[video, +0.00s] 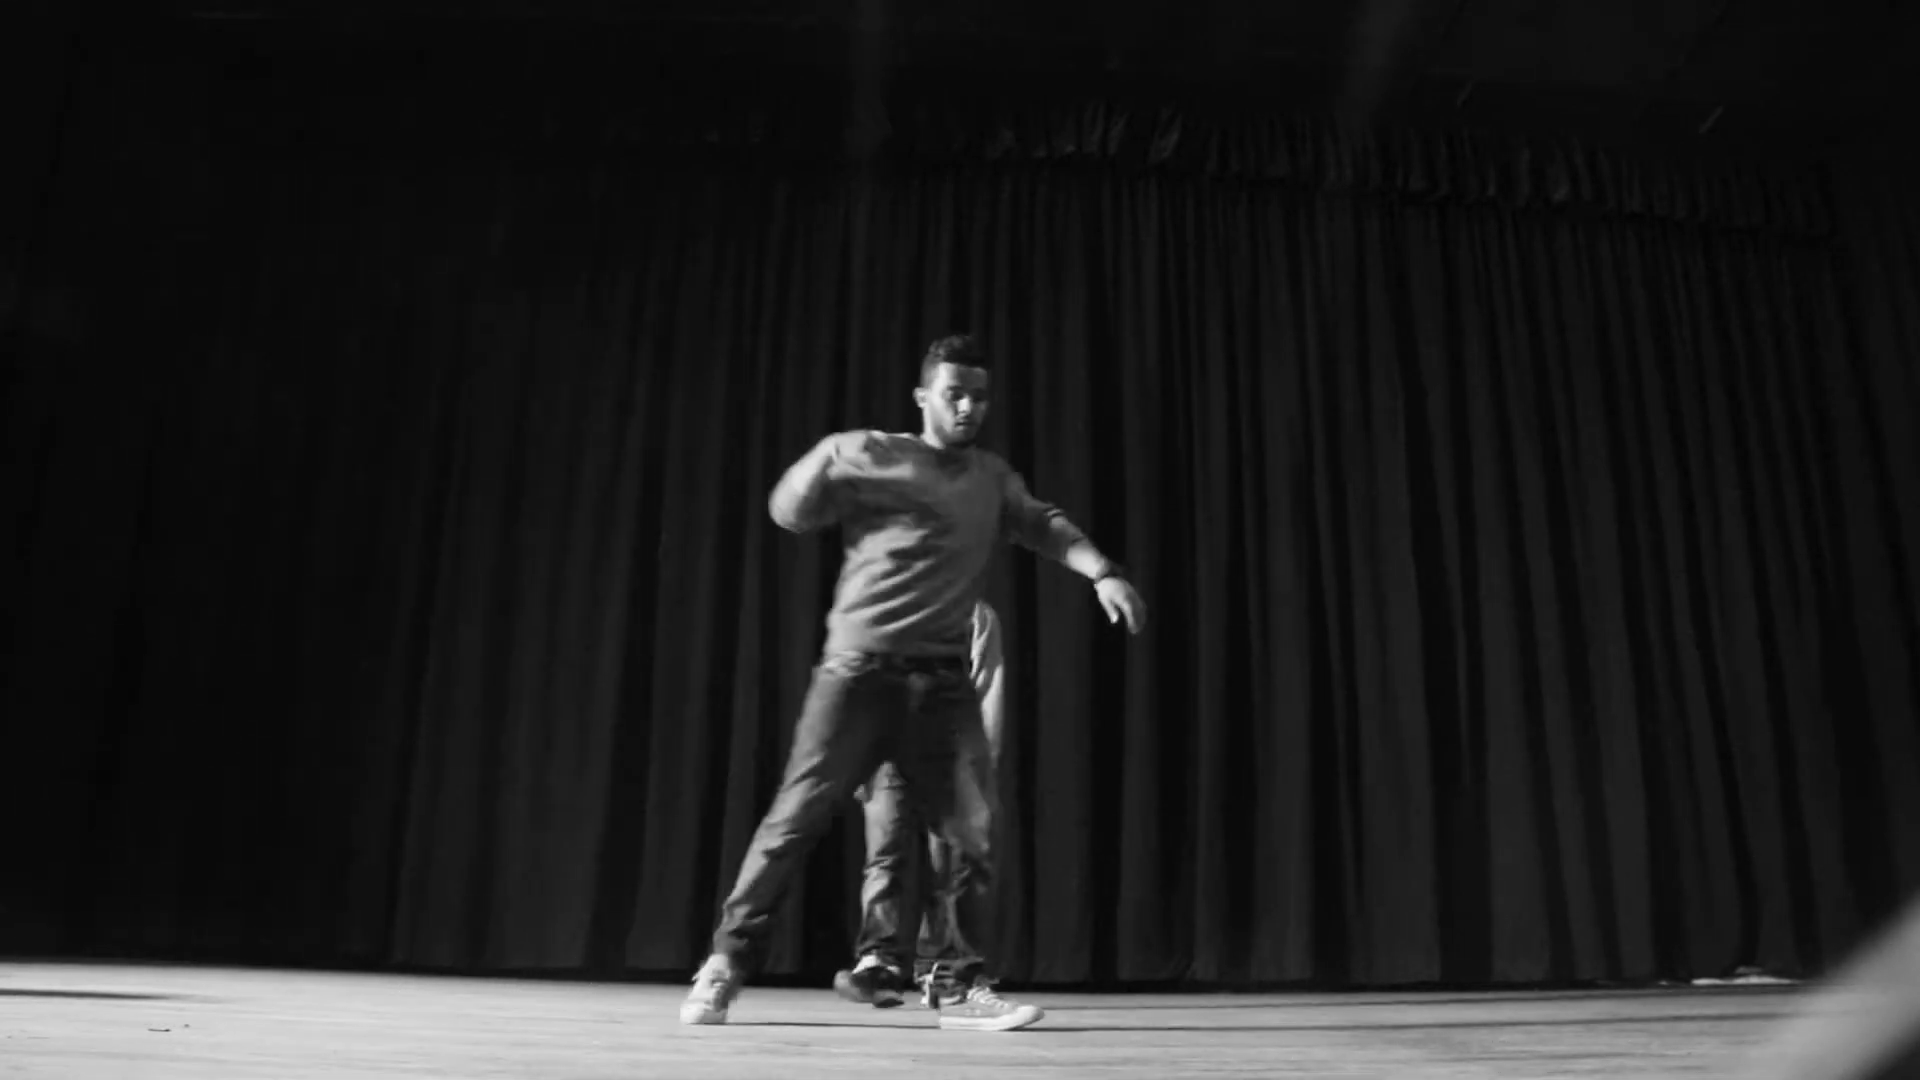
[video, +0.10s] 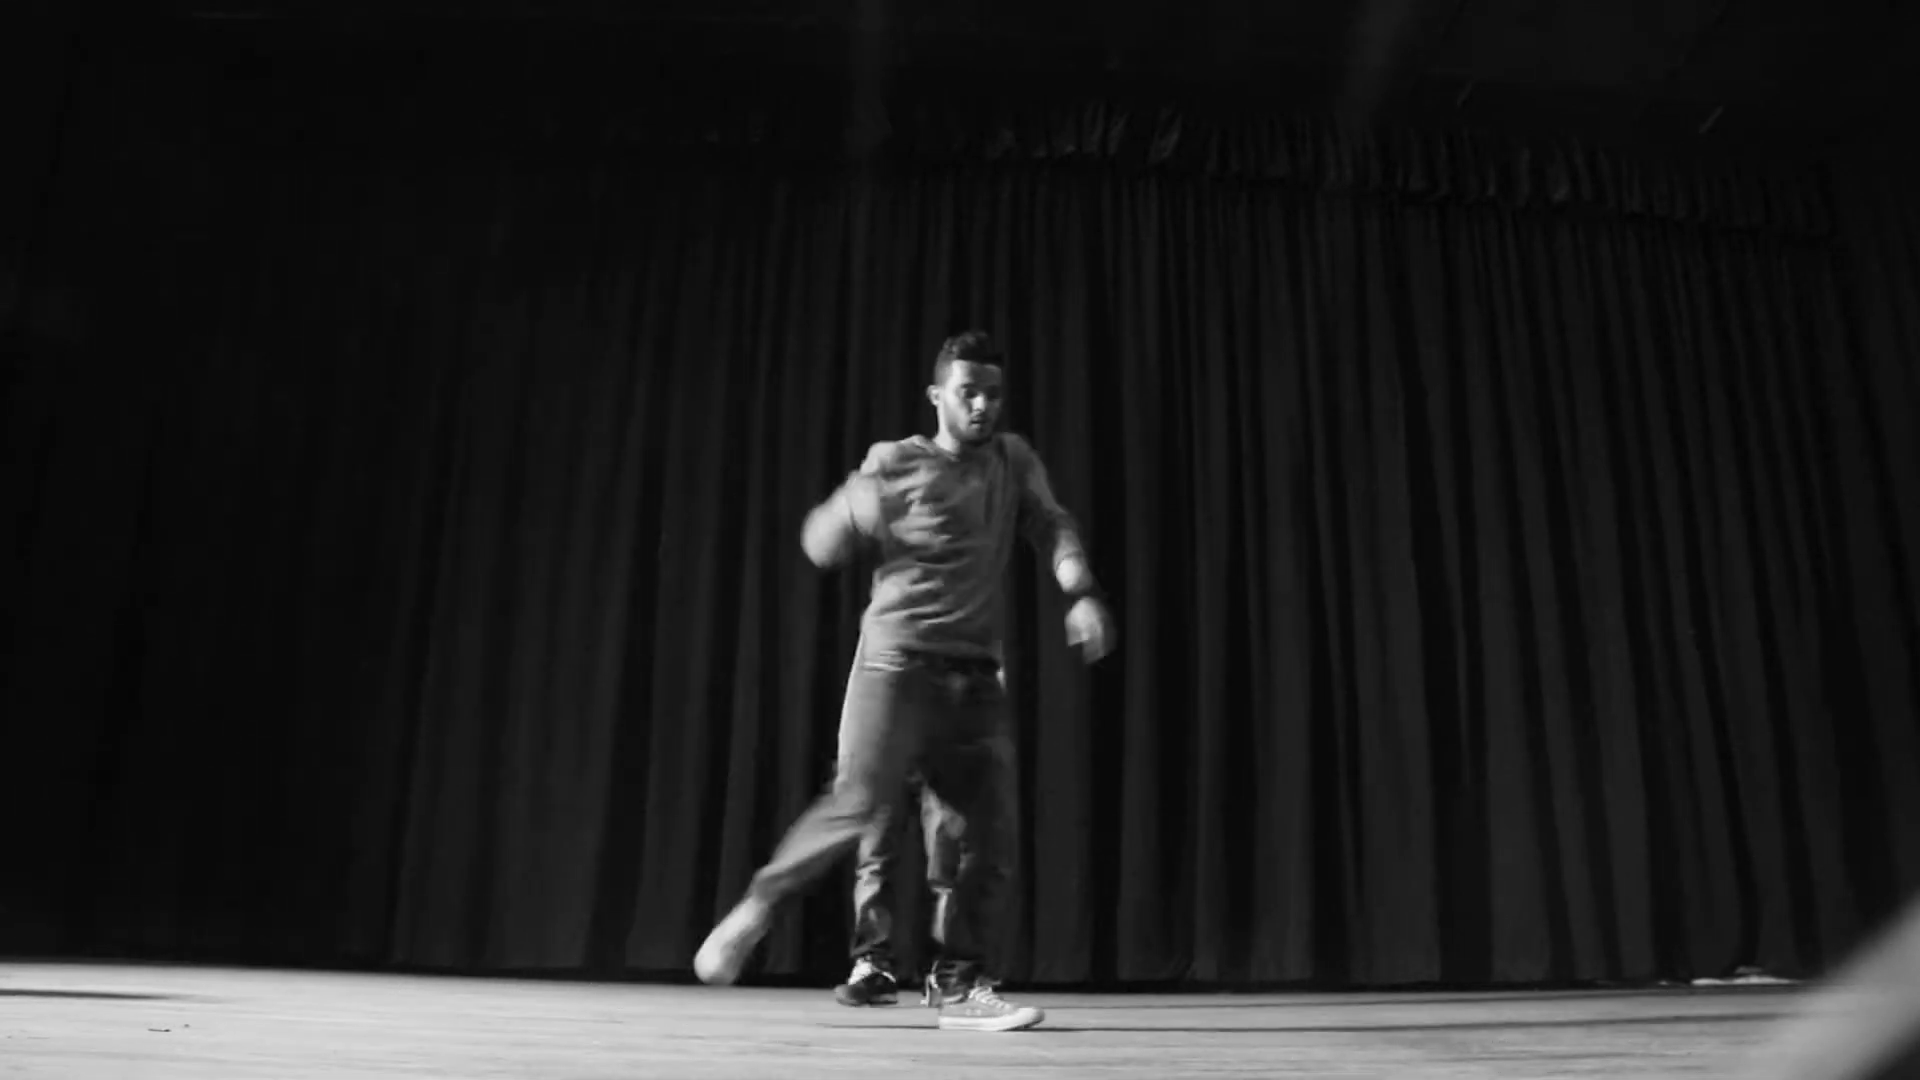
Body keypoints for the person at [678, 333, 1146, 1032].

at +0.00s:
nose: (967, 408)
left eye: (978, 397)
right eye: (954, 394)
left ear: (988, 403)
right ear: (922, 397)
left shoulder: (993, 477)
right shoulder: (871, 457)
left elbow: (1046, 529)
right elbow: (789, 513)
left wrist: (1102, 574)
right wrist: (825, 456)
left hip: (943, 679)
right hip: (859, 671)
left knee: (971, 834)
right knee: (798, 815)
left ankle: (960, 987)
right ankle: (724, 964)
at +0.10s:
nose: (980, 404)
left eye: (990, 392)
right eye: (967, 391)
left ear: (1002, 399)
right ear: (936, 395)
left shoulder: (1013, 460)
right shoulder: (895, 464)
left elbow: (1054, 528)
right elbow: (821, 547)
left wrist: (1080, 593)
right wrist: (850, 512)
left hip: (976, 672)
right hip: (894, 665)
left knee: (981, 832)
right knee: (861, 806)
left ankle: (957, 980)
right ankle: (757, 912)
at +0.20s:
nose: (990, 405)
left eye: (1000, 393)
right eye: (977, 392)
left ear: (1012, 399)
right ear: (946, 395)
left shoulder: (1034, 463)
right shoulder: (905, 473)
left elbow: (1066, 552)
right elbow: (860, 565)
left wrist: (1021, 602)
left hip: (1002, 653)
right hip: (927, 647)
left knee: (1005, 821)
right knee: (954, 786)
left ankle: (964, 977)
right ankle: (818, 868)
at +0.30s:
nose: (1001, 406)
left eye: (1011, 394)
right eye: (987, 393)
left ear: (1023, 400)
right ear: (955, 396)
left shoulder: (1044, 463)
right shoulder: (918, 476)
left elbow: (1079, 549)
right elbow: (877, 584)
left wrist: (994, 551)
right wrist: (869, 691)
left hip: (1032, 656)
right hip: (960, 650)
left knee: (1024, 827)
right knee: (1034, 774)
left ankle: (968, 983)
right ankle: (909, 878)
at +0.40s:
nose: (1011, 402)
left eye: (1021, 390)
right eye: (997, 388)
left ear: (1032, 395)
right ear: (964, 393)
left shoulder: (1051, 456)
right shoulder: (925, 474)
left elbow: (1128, 500)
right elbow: (871, 565)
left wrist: (1047, 518)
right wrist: (821, 651)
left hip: (1044, 656)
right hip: (986, 655)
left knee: (1022, 814)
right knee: (1083, 777)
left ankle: (976, 975)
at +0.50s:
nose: (1020, 400)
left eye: (1030, 389)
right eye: (1006, 387)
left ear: (1040, 393)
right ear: (973, 390)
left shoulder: (1060, 449)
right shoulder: (936, 468)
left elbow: (1161, 447)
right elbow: (854, 545)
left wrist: (1099, 493)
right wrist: (774, 610)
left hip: (1065, 652)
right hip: (1012, 657)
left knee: (1076, 812)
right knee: (1112, 789)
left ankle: (1001, 963)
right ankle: (1111, 966)